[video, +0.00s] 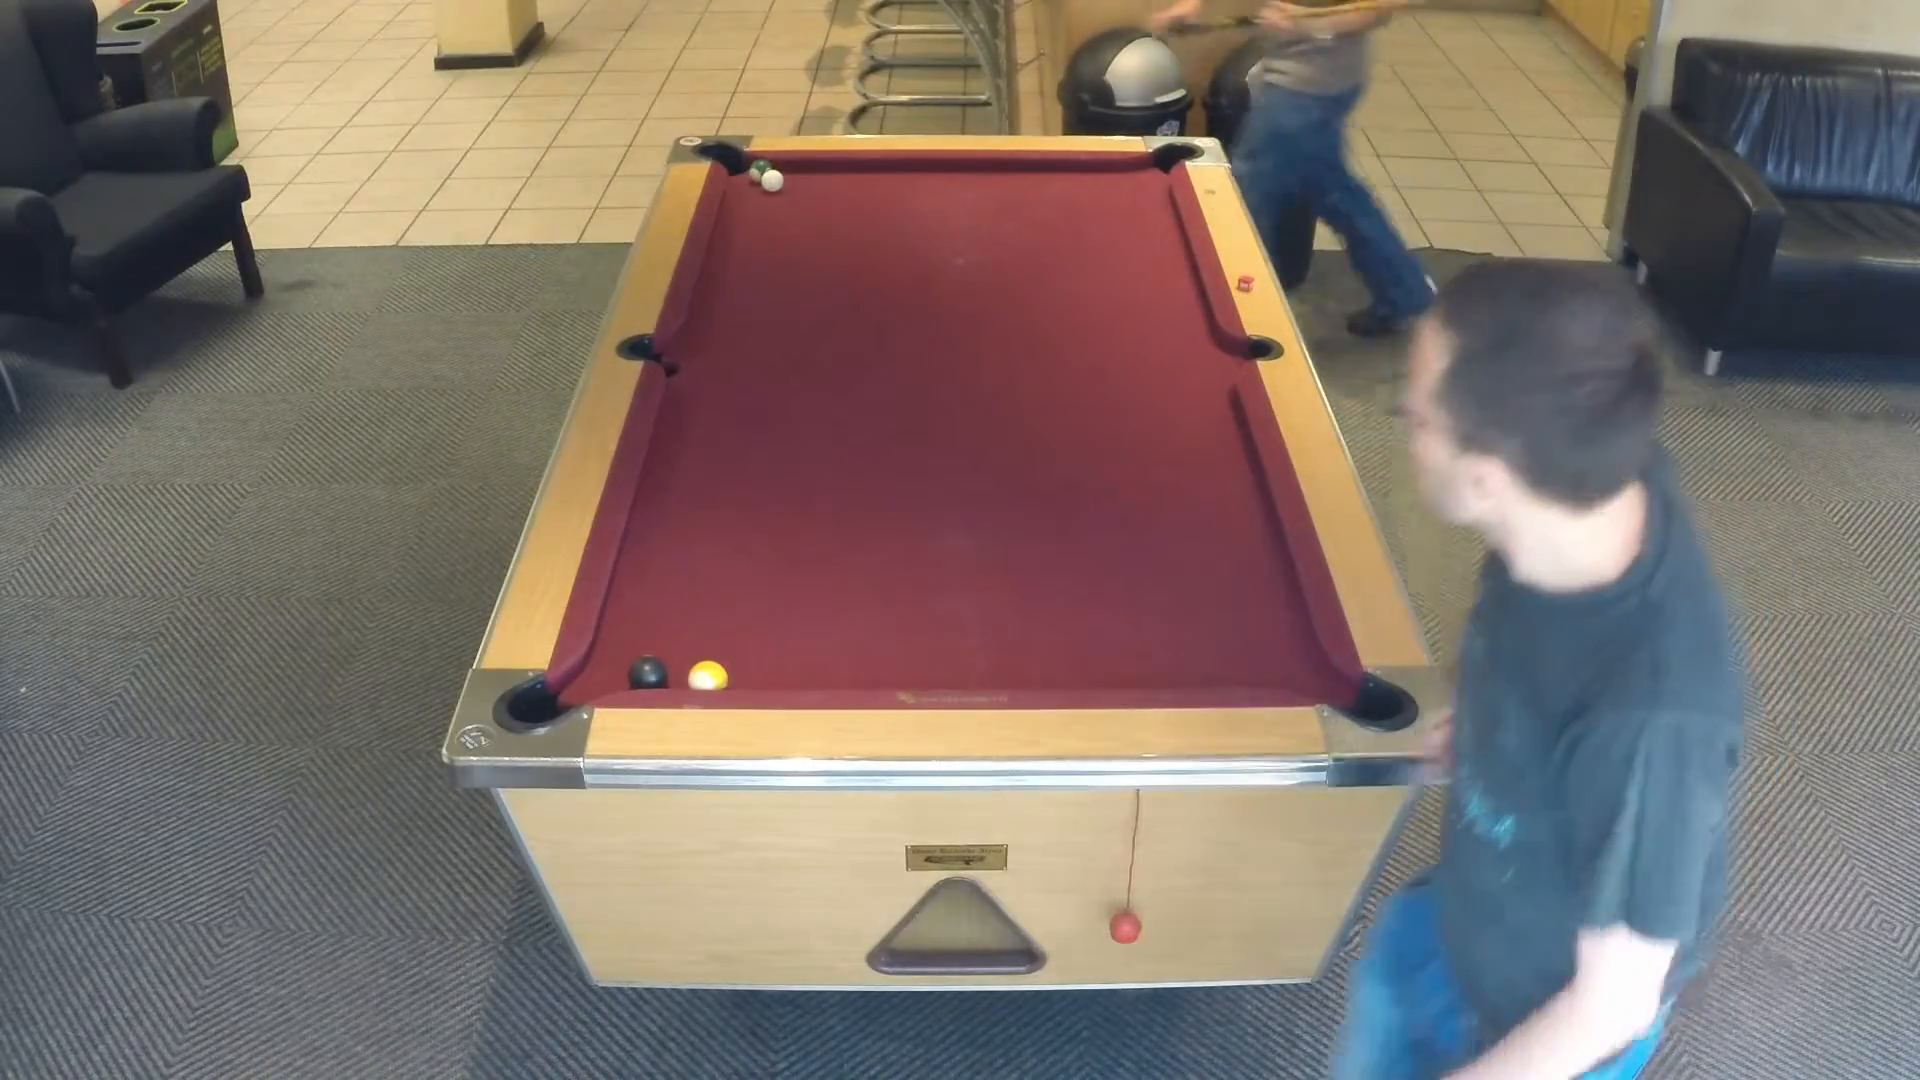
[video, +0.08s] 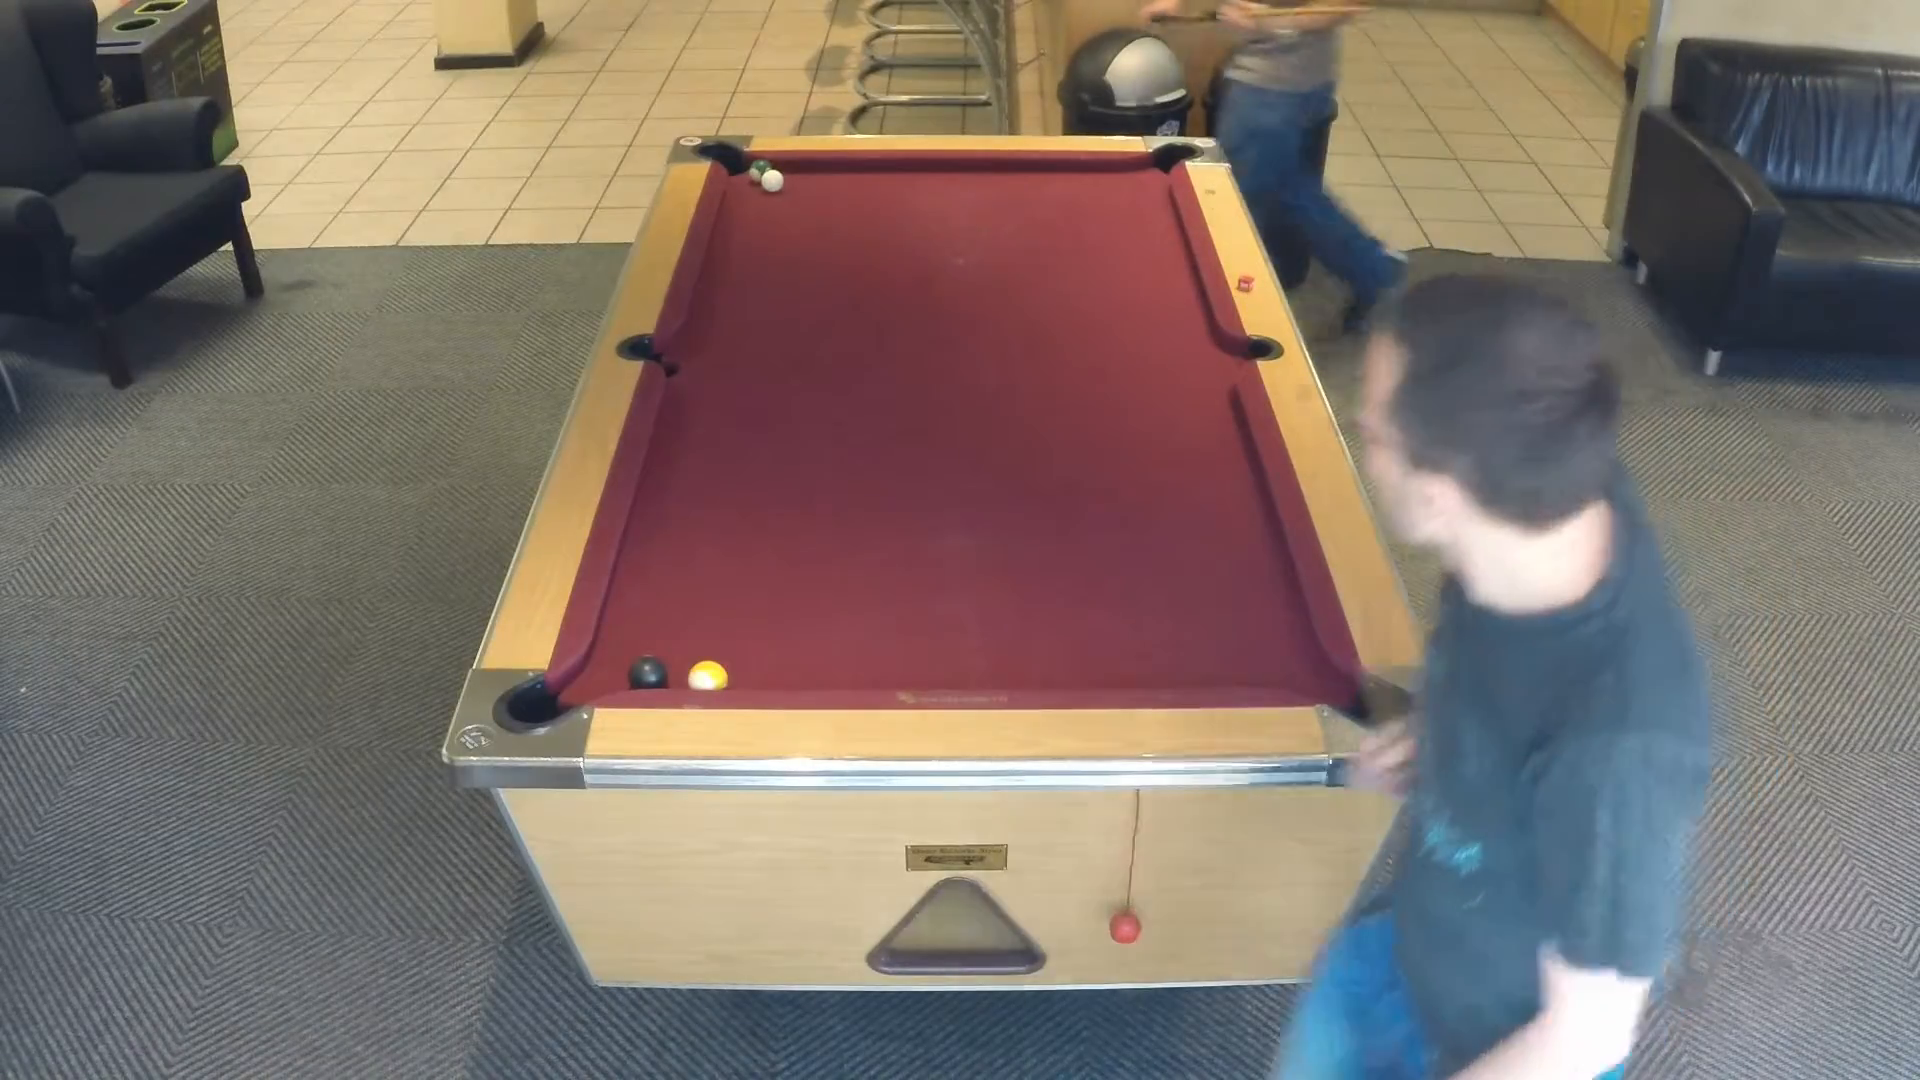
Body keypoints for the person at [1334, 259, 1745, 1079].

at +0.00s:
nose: (1405, 426)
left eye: (1417, 416)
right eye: (1412, 410)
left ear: (1489, 471)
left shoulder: (1650, 720)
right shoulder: (1599, 494)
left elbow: (1619, 998)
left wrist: (1471, 1073)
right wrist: (1481, 726)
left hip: (1541, 1027)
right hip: (1457, 912)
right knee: (1361, 1051)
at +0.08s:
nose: (1363, 442)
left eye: (1373, 430)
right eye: (1368, 424)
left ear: (1439, 489)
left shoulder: (1611, 746)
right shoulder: (1559, 508)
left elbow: (1588, 1032)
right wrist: (1436, 731)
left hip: (1494, 1038)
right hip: (1412, 928)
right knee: (1309, 1054)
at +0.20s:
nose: (1269, 479)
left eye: (1284, 465)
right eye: (1279, 459)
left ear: (1351, 518)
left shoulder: (1540, 768)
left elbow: (1496, 1051)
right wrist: (1359, 773)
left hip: (1416, 1053)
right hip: (1338, 960)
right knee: (1242, 1052)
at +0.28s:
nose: (1185, 504)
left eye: (1197, 485)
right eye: (1187, 480)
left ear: (1269, 540)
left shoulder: (1459, 811)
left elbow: (1420, 1058)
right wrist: (1294, 805)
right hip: (1268, 991)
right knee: (1181, 1058)